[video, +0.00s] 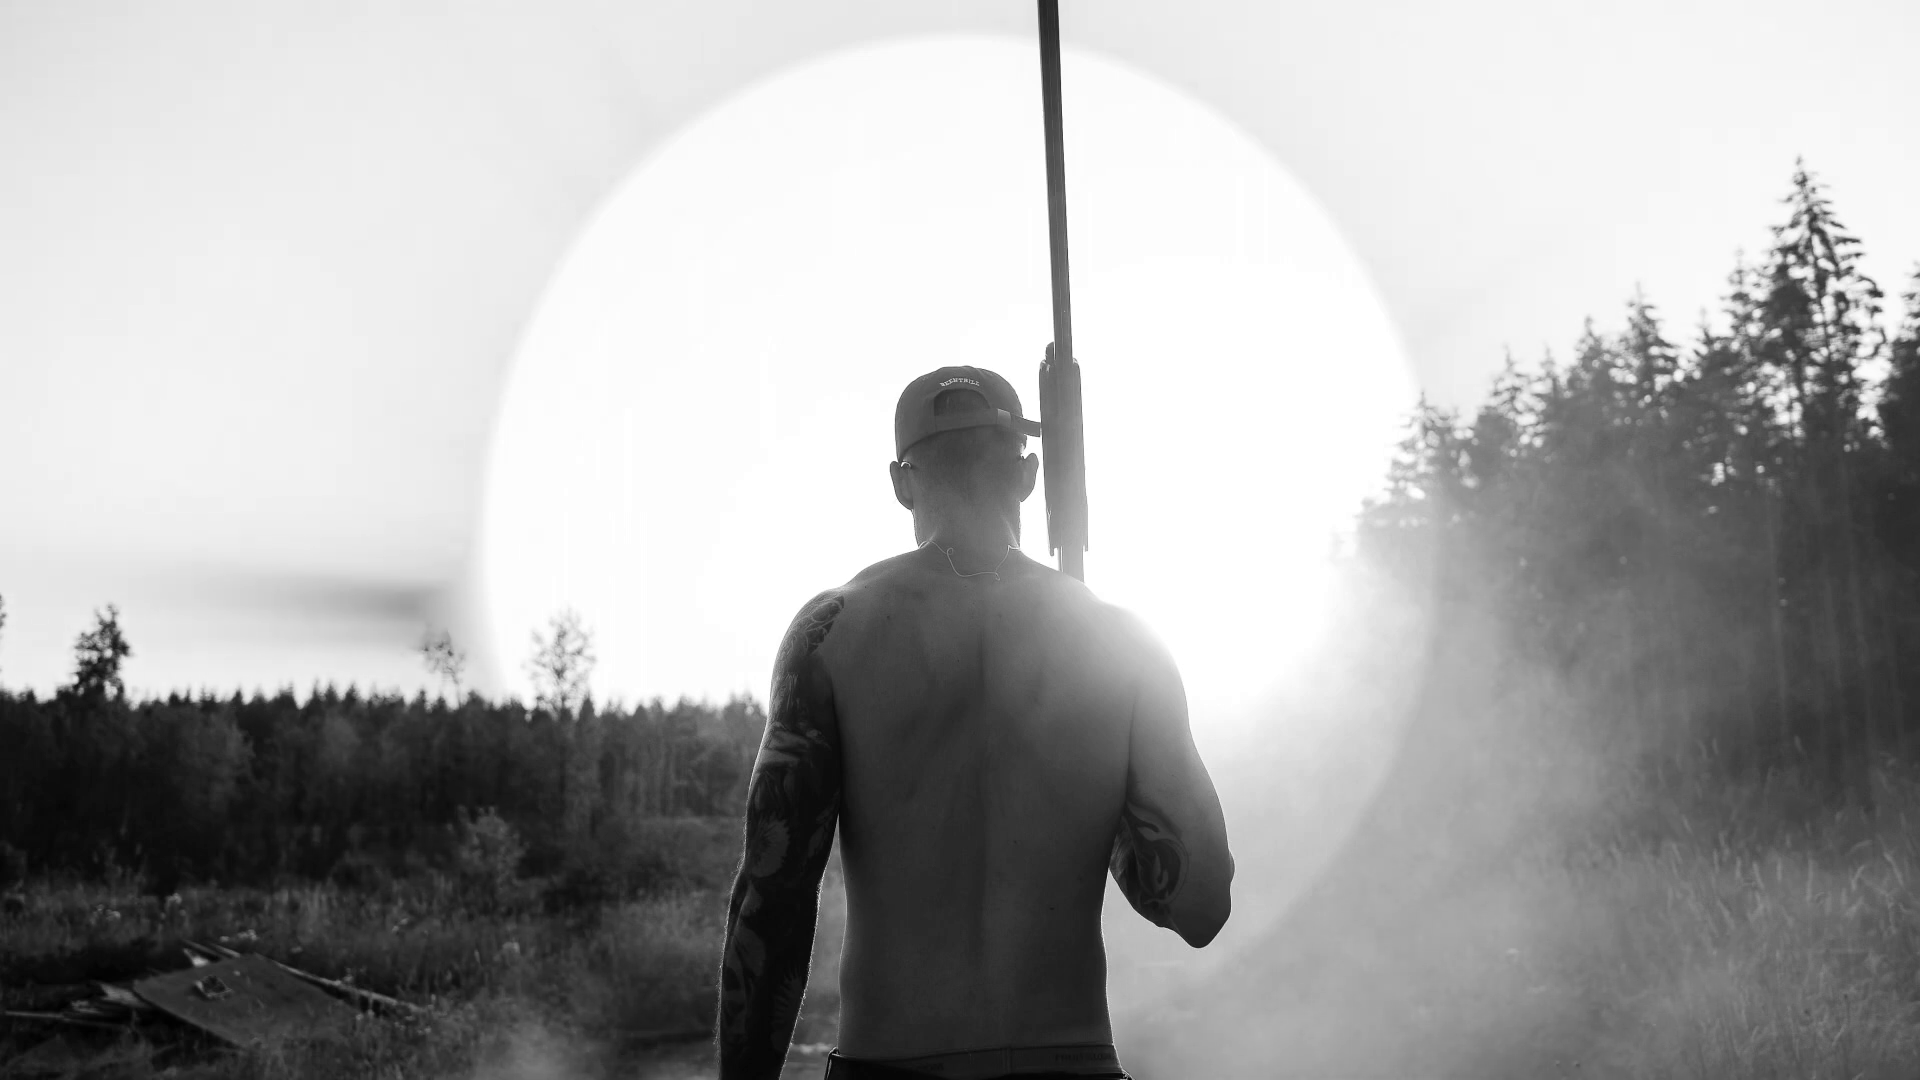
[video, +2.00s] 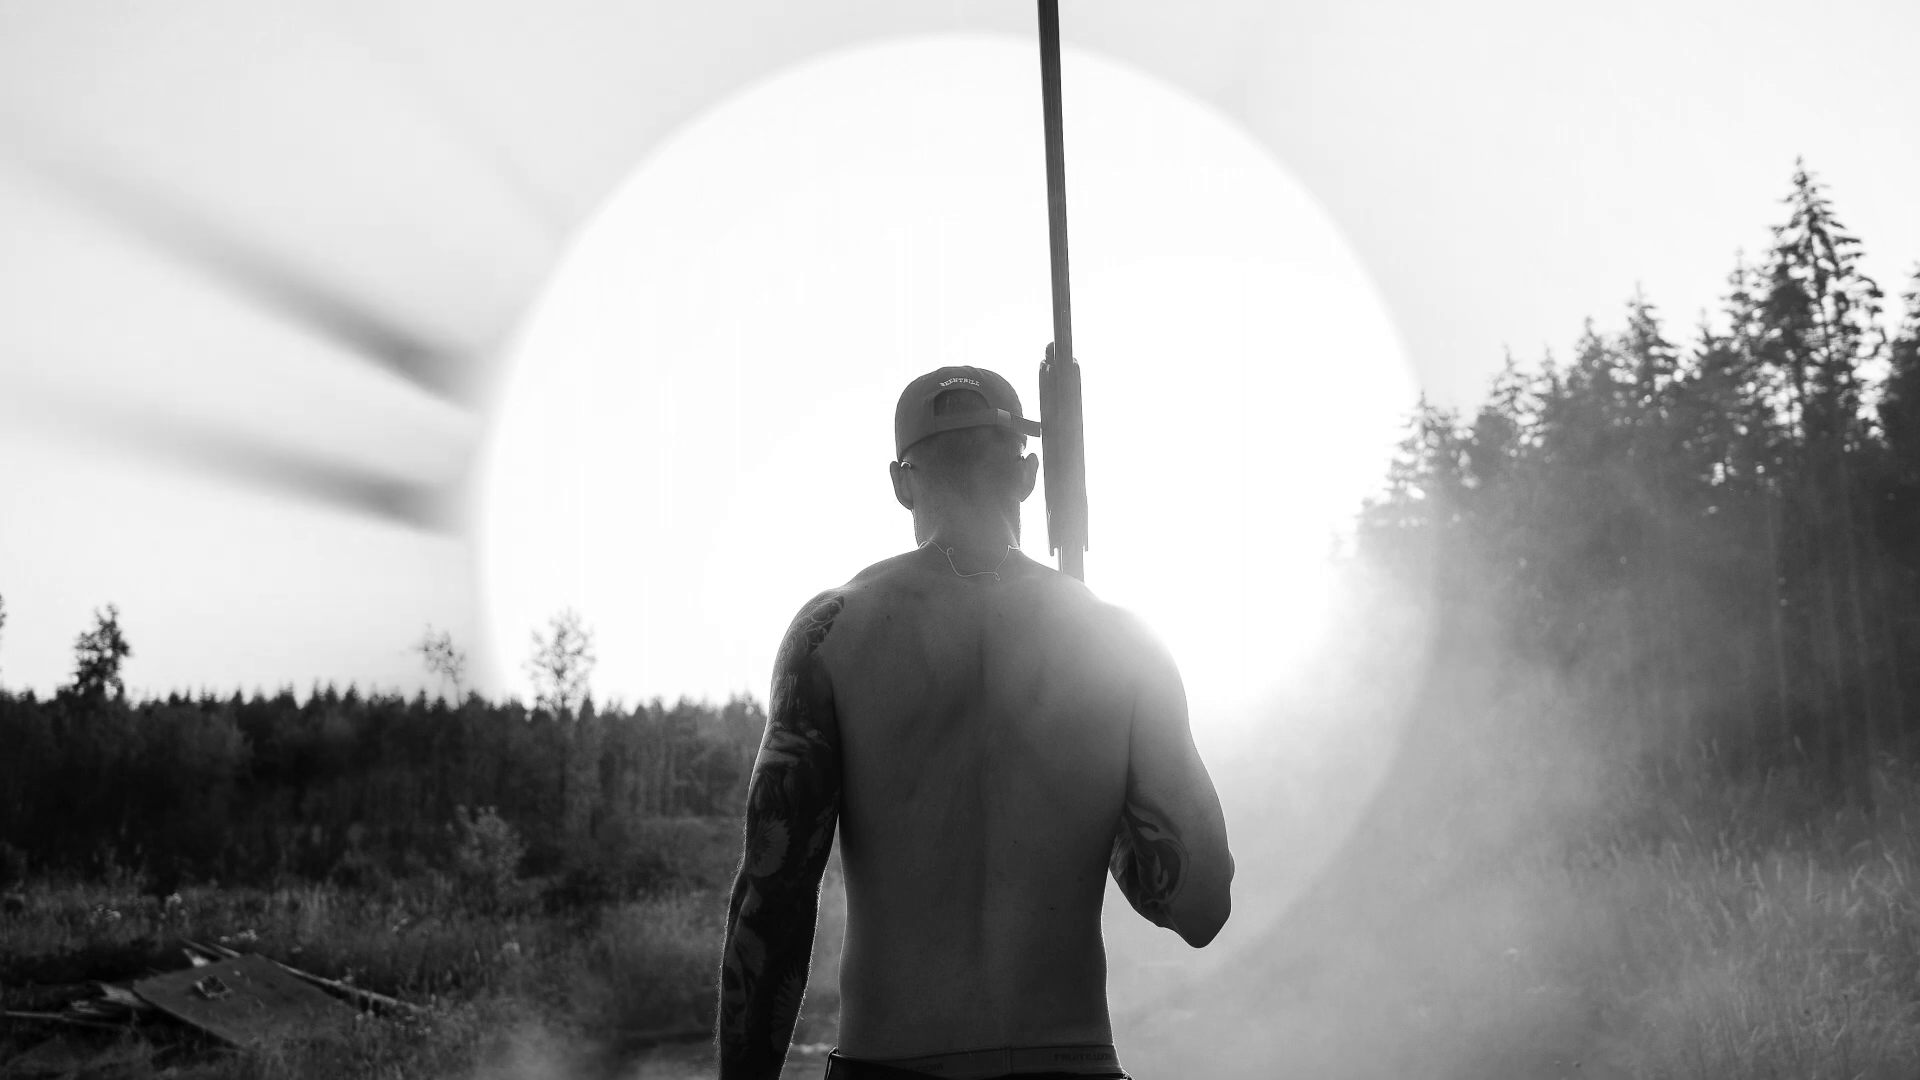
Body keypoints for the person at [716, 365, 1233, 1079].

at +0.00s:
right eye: (1017, 450)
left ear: (903, 486)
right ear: (1027, 476)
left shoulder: (832, 630)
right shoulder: (1121, 641)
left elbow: (773, 884)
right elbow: (1201, 904)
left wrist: (747, 1063)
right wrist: (1102, 803)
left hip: (887, 1045)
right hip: (1067, 1045)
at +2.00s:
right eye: (1015, 448)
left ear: (903, 486)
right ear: (1028, 477)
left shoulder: (831, 630)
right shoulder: (1121, 641)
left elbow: (773, 886)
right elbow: (1201, 905)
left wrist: (747, 1063)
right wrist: (1101, 800)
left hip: (886, 1046)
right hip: (1068, 1046)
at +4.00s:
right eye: (1015, 449)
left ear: (903, 486)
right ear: (1028, 477)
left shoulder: (831, 630)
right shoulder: (1121, 641)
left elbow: (773, 885)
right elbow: (1201, 905)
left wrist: (747, 1062)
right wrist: (1101, 800)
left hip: (886, 1046)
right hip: (1068, 1046)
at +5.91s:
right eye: (1017, 451)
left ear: (902, 484)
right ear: (1028, 477)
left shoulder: (831, 630)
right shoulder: (1121, 640)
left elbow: (772, 887)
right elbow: (1201, 904)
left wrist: (748, 1063)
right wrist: (1100, 801)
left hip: (885, 1046)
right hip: (1067, 1045)